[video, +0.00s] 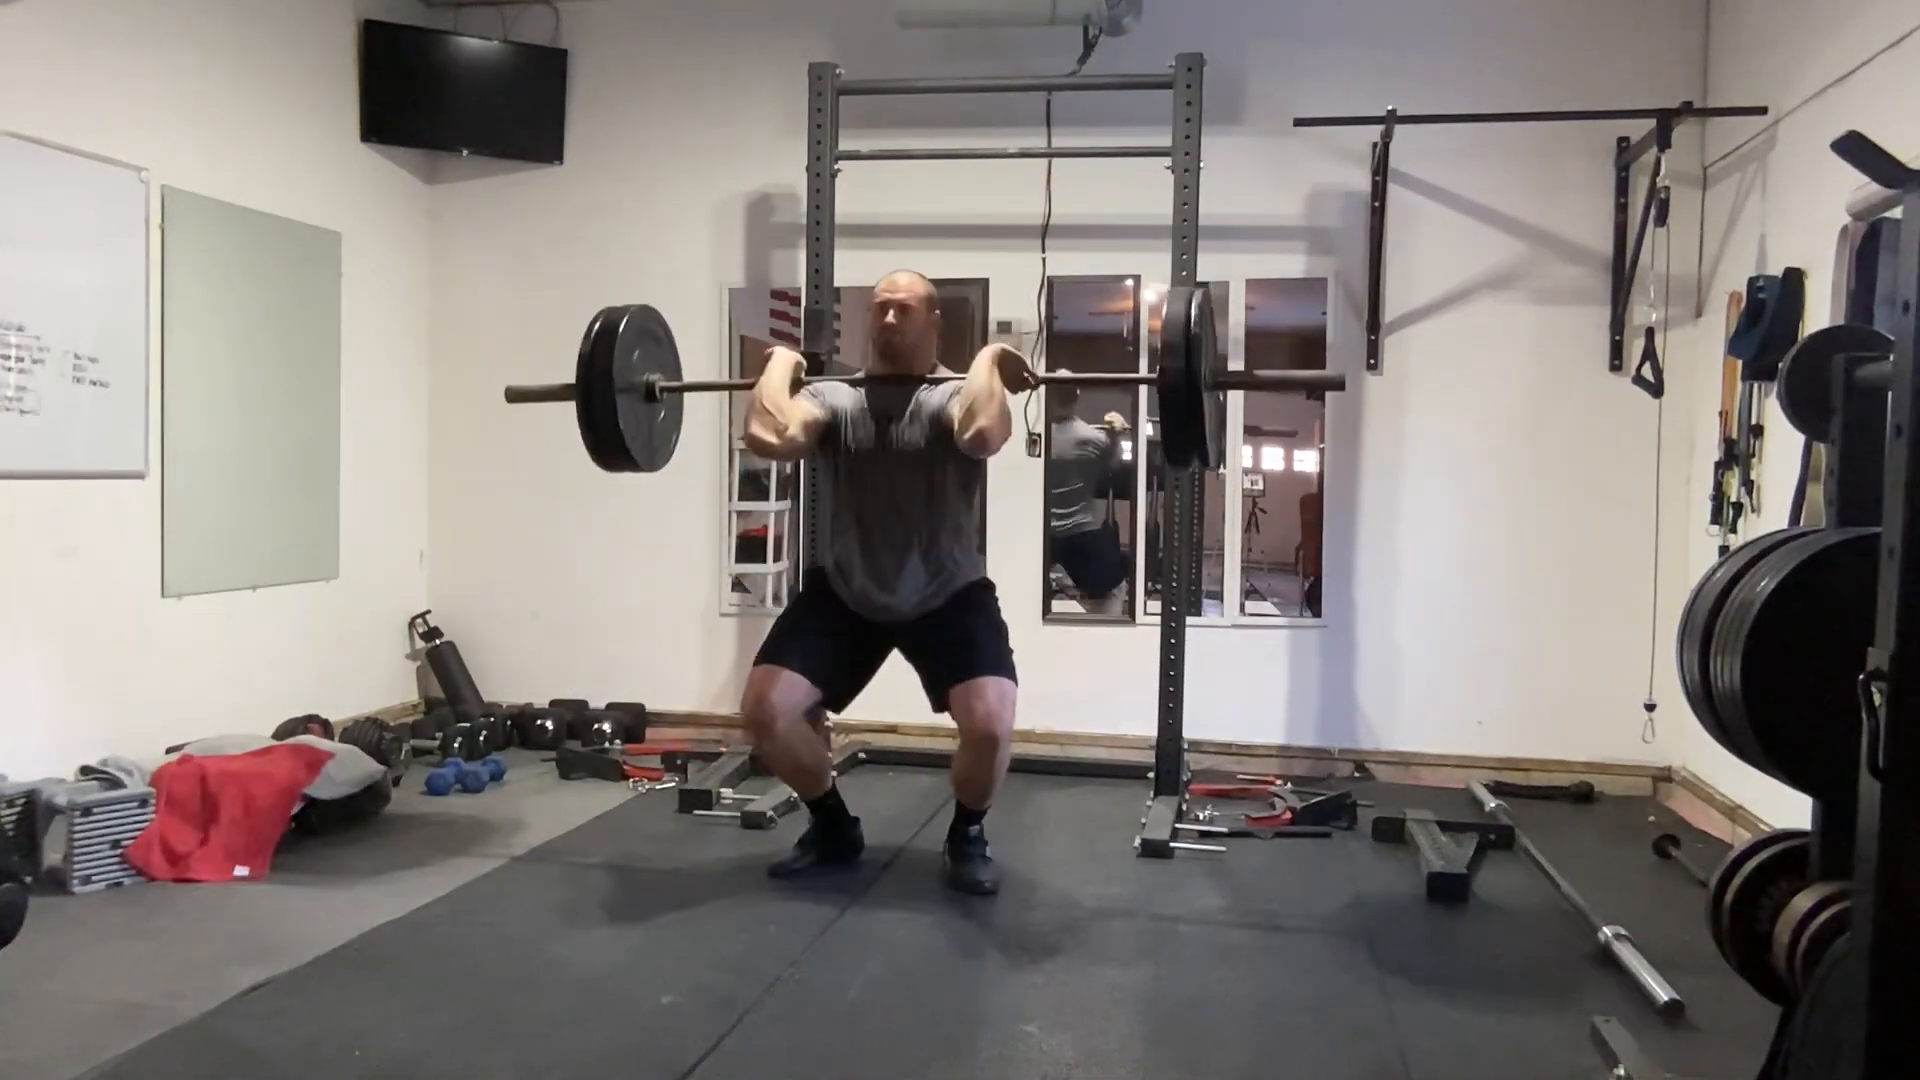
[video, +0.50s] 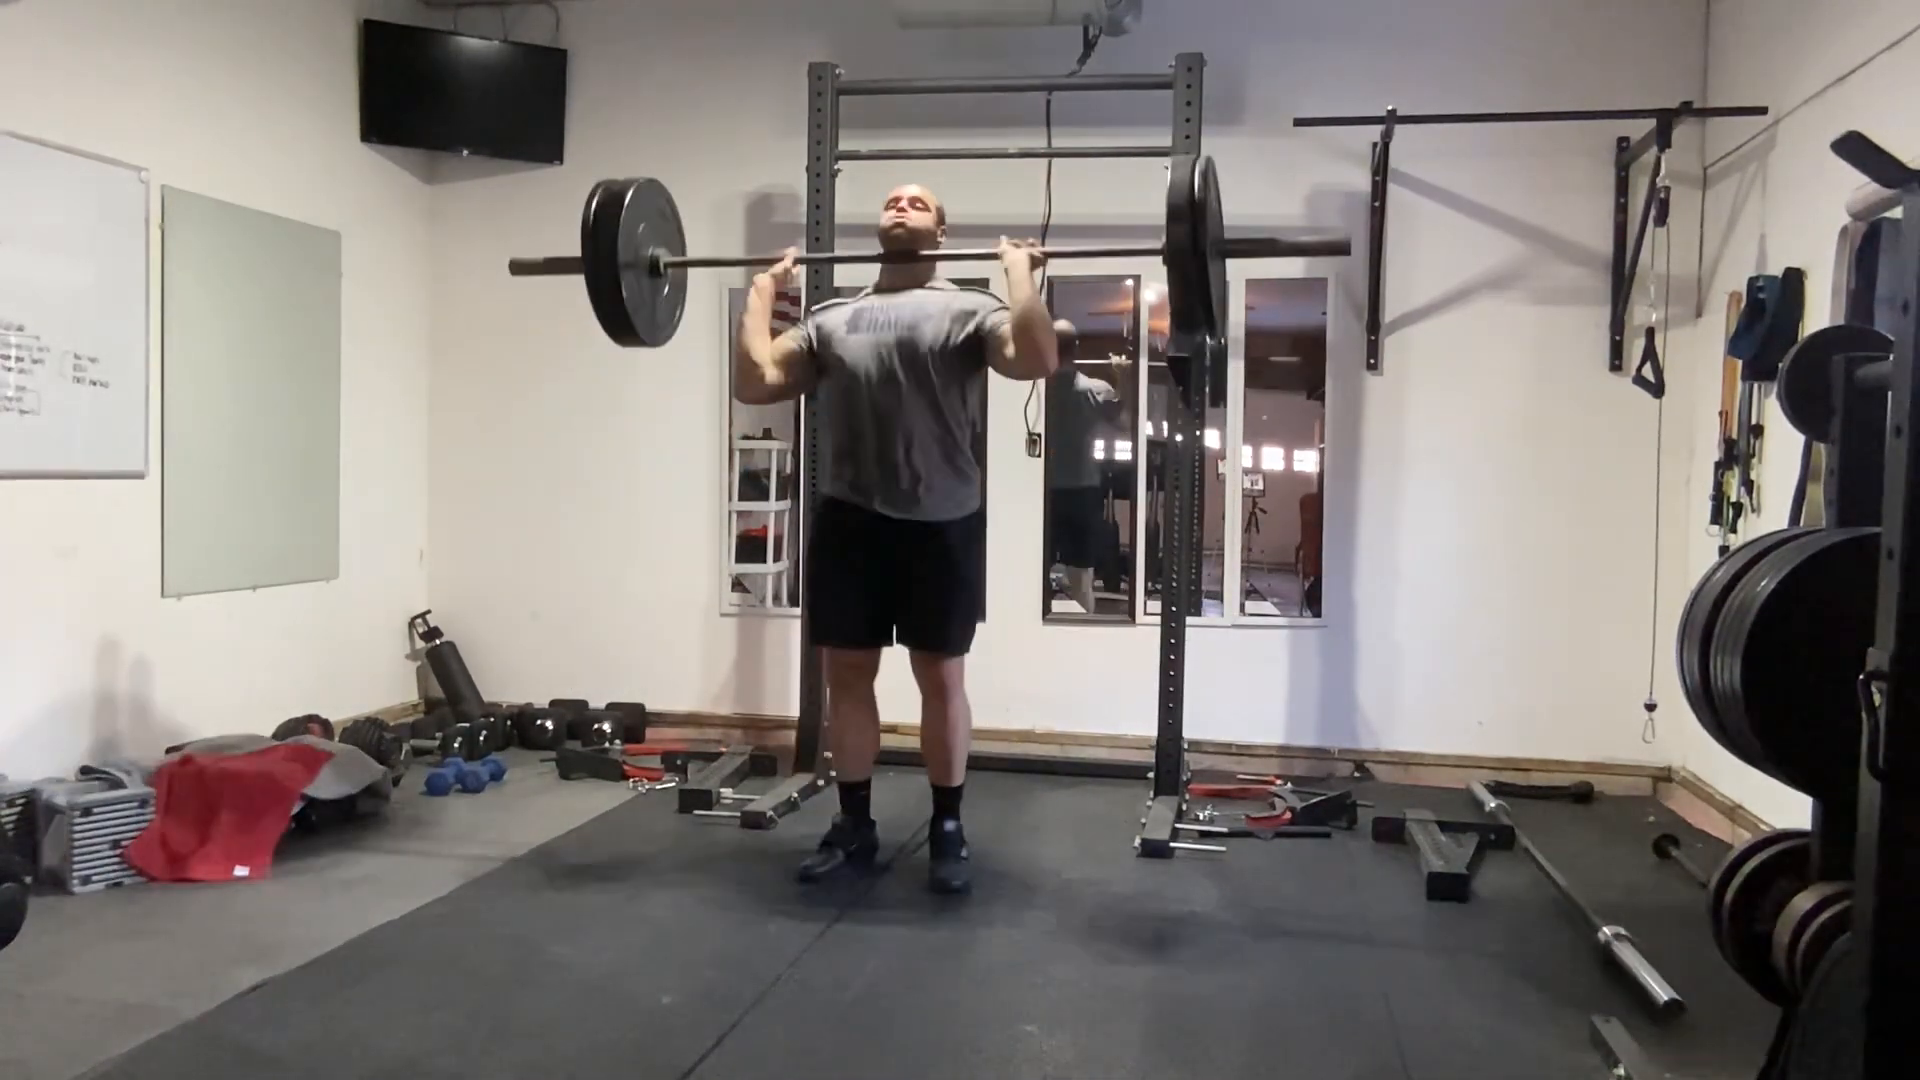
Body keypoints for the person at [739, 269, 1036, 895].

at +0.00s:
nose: (887, 318)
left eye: (902, 309)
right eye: (879, 309)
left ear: (933, 326)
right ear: (867, 325)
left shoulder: (955, 393)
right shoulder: (836, 396)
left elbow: (984, 436)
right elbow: (767, 432)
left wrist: (989, 356)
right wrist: (782, 356)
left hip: (949, 591)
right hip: (844, 591)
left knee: (990, 725)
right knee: (766, 711)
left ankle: (968, 835)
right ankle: (834, 829)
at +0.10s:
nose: (887, 314)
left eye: (902, 305)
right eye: (879, 305)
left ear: (934, 321)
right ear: (868, 320)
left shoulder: (959, 389)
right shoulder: (836, 392)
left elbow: (988, 439)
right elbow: (772, 433)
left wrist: (990, 360)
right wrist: (783, 357)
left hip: (951, 585)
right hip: (846, 583)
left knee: (990, 721)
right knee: (768, 704)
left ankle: (968, 836)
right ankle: (834, 830)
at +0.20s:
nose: (889, 287)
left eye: (905, 277)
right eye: (881, 276)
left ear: (935, 295)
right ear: (869, 294)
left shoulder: (955, 367)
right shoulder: (837, 372)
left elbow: (985, 406)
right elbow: (775, 404)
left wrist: (989, 337)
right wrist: (783, 333)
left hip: (949, 565)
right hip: (846, 563)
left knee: (985, 703)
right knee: (781, 690)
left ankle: (968, 836)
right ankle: (834, 830)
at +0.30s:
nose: (894, 237)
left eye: (911, 228)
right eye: (886, 227)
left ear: (937, 248)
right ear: (873, 244)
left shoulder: (957, 323)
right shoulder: (837, 328)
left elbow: (991, 371)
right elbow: (771, 367)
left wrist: (995, 296)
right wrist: (781, 287)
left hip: (947, 534)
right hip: (849, 532)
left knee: (966, 678)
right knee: (809, 669)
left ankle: (967, 835)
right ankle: (836, 830)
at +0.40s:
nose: (898, 204)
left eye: (914, 198)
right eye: (889, 197)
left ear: (940, 226)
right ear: (875, 223)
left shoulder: (960, 302)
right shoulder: (834, 307)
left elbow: (1017, 367)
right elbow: (763, 379)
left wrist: (1010, 270)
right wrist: (763, 295)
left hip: (943, 511)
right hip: (849, 510)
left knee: (945, 663)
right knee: (844, 664)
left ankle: (954, 829)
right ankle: (847, 826)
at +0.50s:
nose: (902, 206)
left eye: (917, 203)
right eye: (891, 201)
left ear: (941, 235)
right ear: (876, 233)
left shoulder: (967, 310)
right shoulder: (834, 318)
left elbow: (1035, 360)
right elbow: (756, 382)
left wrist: (1021, 273)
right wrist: (761, 286)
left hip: (941, 520)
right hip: (848, 517)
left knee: (940, 673)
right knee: (847, 674)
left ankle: (947, 833)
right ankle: (854, 830)